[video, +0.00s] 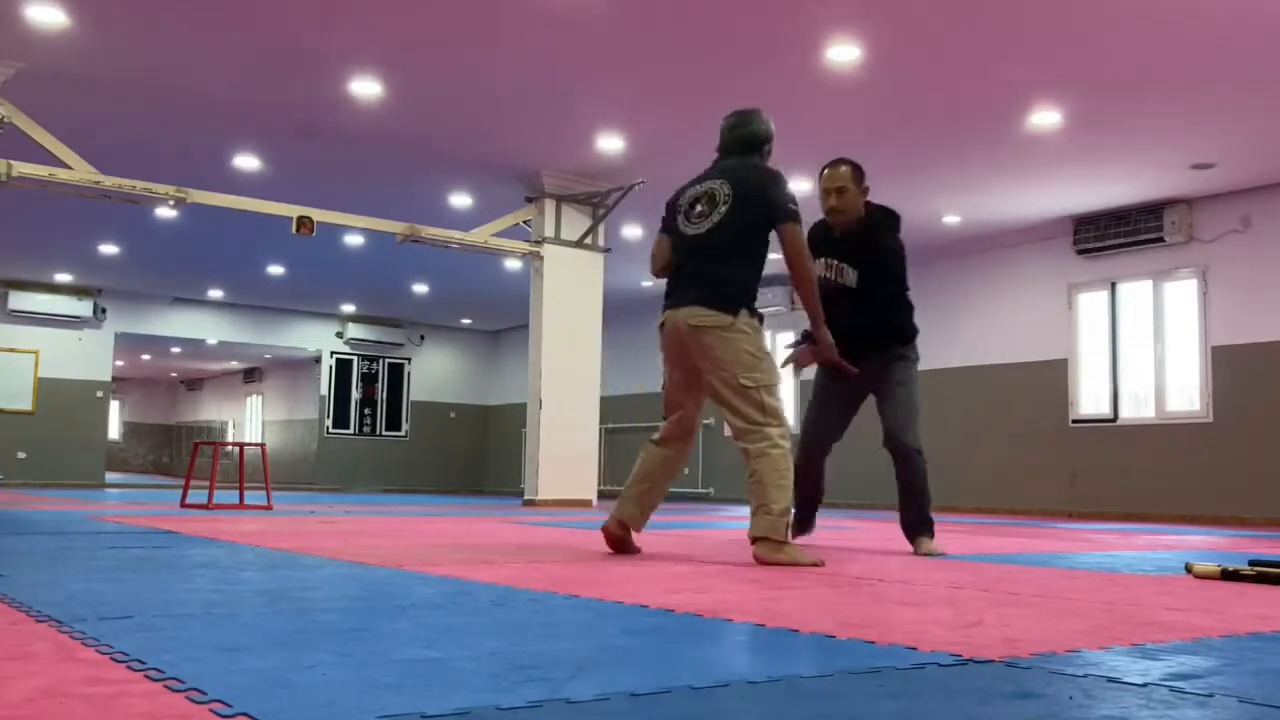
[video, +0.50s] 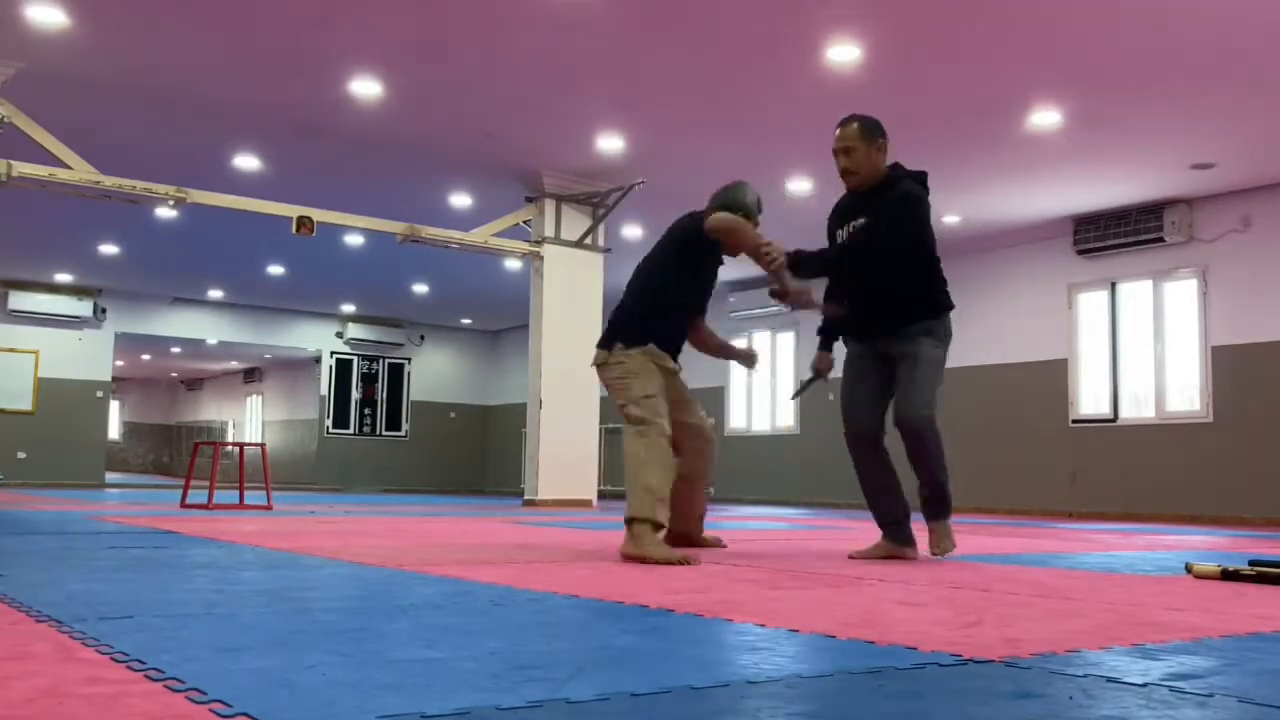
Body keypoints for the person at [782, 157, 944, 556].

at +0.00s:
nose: (832, 200)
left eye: (841, 192)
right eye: (826, 193)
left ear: (863, 193)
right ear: (819, 196)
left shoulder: (882, 237)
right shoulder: (818, 237)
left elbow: (885, 314)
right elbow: (826, 296)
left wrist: (822, 347)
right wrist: (814, 335)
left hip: (892, 355)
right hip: (841, 355)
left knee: (904, 442)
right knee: (810, 445)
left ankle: (922, 535)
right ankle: (801, 524)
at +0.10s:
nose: (858, 193)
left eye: (866, 184)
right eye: (851, 185)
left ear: (890, 185)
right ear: (845, 187)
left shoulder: (922, 232)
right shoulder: (832, 232)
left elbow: (949, 294)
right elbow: (807, 285)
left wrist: (900, 338)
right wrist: (788, 315)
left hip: (910, 350)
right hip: (853, 348)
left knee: (918, 441)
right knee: (829, 437)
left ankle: (923, 534)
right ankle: (824, 517)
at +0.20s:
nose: (868, 188)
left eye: (877, 179)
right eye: (862, 181)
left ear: (902, 181)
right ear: (856, 185)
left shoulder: (938, 231)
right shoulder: (844, 232)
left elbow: (969, 286)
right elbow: (810, 281)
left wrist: (927, 325)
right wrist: (798, 302)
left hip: (920, 352)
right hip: (863, 352)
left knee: (927, 443)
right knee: (845, 431)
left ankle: (920, 533)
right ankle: (870, 525)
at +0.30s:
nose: (866, 184)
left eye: (875, 175)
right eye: (860, 177)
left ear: (900, 177)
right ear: (853, 182)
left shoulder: (935, 225)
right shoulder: (843, 235)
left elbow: (967, 280)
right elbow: (823, 297)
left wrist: (928, 293)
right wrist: (799, 352)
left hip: (928, 350)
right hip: (870, 351)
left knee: (930, 443)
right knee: (861, 430)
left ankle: (920, 533)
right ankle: (890, 535)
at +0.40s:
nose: (852, 171)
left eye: (861, 160)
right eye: (847, 162)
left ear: (890, 160)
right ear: (843, 166)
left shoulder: (923, 206)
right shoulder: (839, 221)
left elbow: (938, 259)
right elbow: (821, 288)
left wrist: (886, 245)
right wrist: (801, 353)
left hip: (926, 341)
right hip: (868, 344)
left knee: (941, 442)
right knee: (866, 430)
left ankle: (925, 521)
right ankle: (897, 535)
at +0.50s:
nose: (841, 163)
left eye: (849, 152)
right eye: (836, 154)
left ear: (880, 149)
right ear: (835, 156)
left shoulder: (906, 193)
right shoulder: (843, 212)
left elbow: (867, 251)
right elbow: (840, 281)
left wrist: (797, 262)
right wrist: (825, 347)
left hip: (920, 328)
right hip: (866, 334)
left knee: (914, 417)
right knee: (859, 432)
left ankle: (937, 517)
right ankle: (897, 537)